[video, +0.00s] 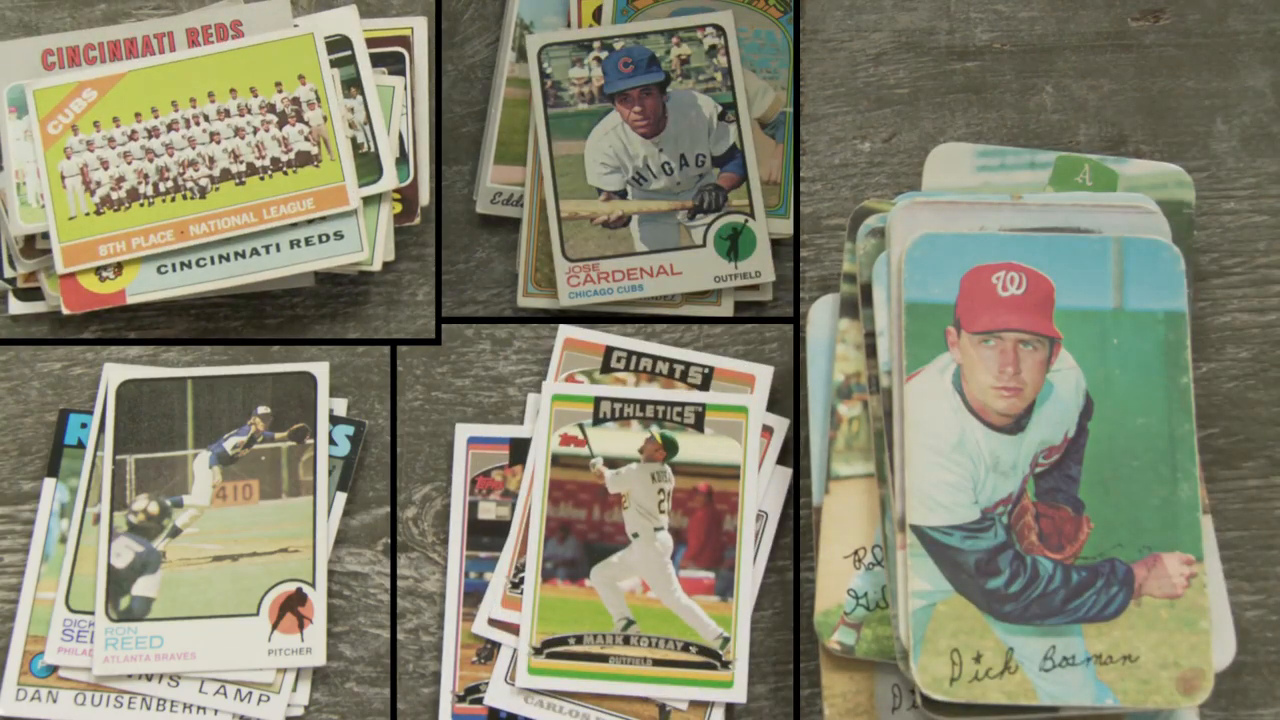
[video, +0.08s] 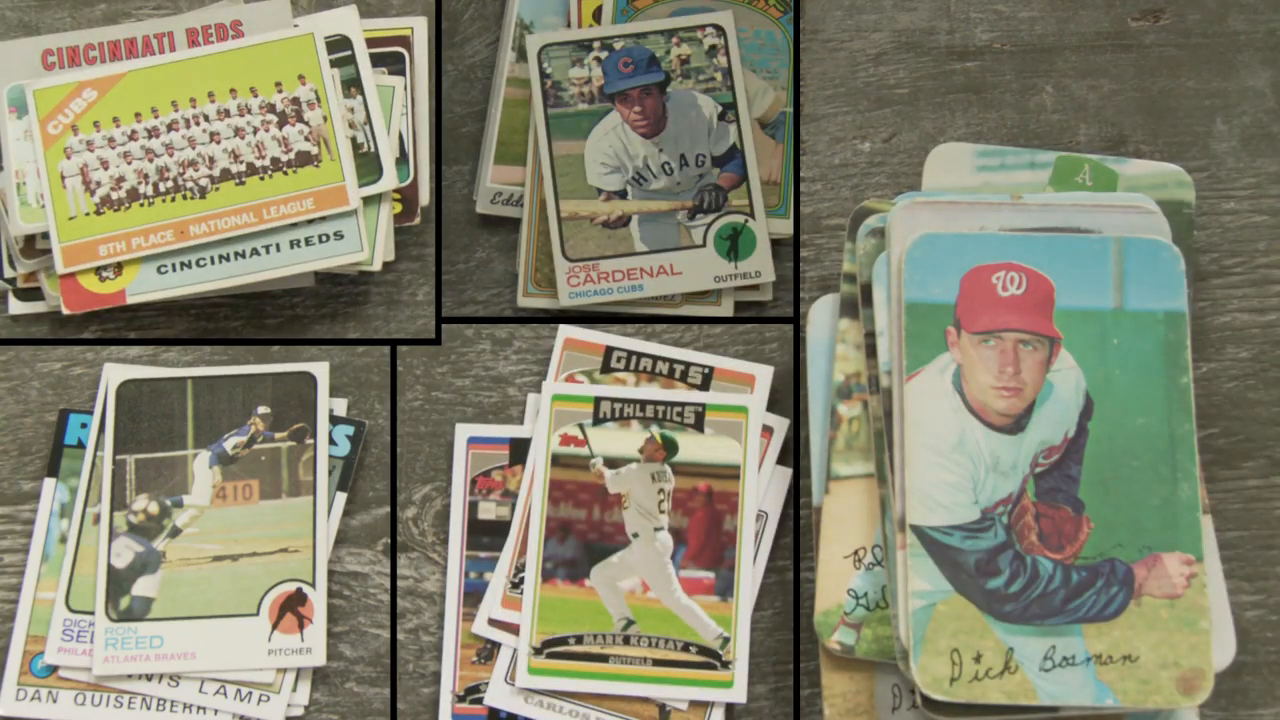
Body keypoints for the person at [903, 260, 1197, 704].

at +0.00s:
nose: (1009, 367)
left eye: (1029, 345)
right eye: (989, 342)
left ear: (1050, 350)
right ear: (955, 343)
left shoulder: (1063, 378)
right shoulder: (926, 438)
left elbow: (1066, 443)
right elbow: (1007, 587)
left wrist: (1056, 510)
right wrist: (1133, 579)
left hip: (1011, 539)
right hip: (920, 551)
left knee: (1077, 694)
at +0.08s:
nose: (1009, 367)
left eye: (1029, 345)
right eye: (989, 342)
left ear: (1050, 350)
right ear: (955, 343)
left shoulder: (1063, 378)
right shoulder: (926, 438)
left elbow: (1066, 443)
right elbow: (1007, 587)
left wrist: (1056, 510)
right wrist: (1133, 579)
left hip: (1011, 539)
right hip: (920, 551)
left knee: (1077, 694)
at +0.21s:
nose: (1009, 367)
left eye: (1029, 345)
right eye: (989, 342)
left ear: (1050, 350)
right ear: (955, 343)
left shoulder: (1063, 377)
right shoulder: (926, 438)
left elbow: (1066, 444)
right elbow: (1006, 587)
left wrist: (1056, 508)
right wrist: (1133, 579)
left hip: (1009, 537)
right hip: (917, 550)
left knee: (1078, 695)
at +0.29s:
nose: (1009, 367)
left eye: (1029, 345)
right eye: (989, 342)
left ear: (1050, 350)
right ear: (955, 343)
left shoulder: (1063, 377)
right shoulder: (926, 438)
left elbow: (1066, 443)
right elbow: (1006, 587)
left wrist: (1056, 508)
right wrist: (1133, 579)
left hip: (1009, 537)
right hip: (917, 550)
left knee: (1078, 695)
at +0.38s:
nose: (1009, 367)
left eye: (1029, 345)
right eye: (989, 342)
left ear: (1050, 350)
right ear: (955, 343)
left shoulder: (1063, 377)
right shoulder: (926, 438)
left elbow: (1066, 443)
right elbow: (1006, 587)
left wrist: (1056, 508)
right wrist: (1133, 579)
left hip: (1009, 537)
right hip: (917, 550)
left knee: (1078, 695)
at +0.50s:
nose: (1009, 367)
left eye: (1029, 345)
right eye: (989, 342)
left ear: (1050, 350)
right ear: (955, 343)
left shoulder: (1063, 377)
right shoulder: (926, 438)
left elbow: (1066, 443)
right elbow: (1006, 587)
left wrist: (1056, 508)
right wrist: (1133, 579)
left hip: (1009, 537)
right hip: (917, 550)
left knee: (1078, 695)